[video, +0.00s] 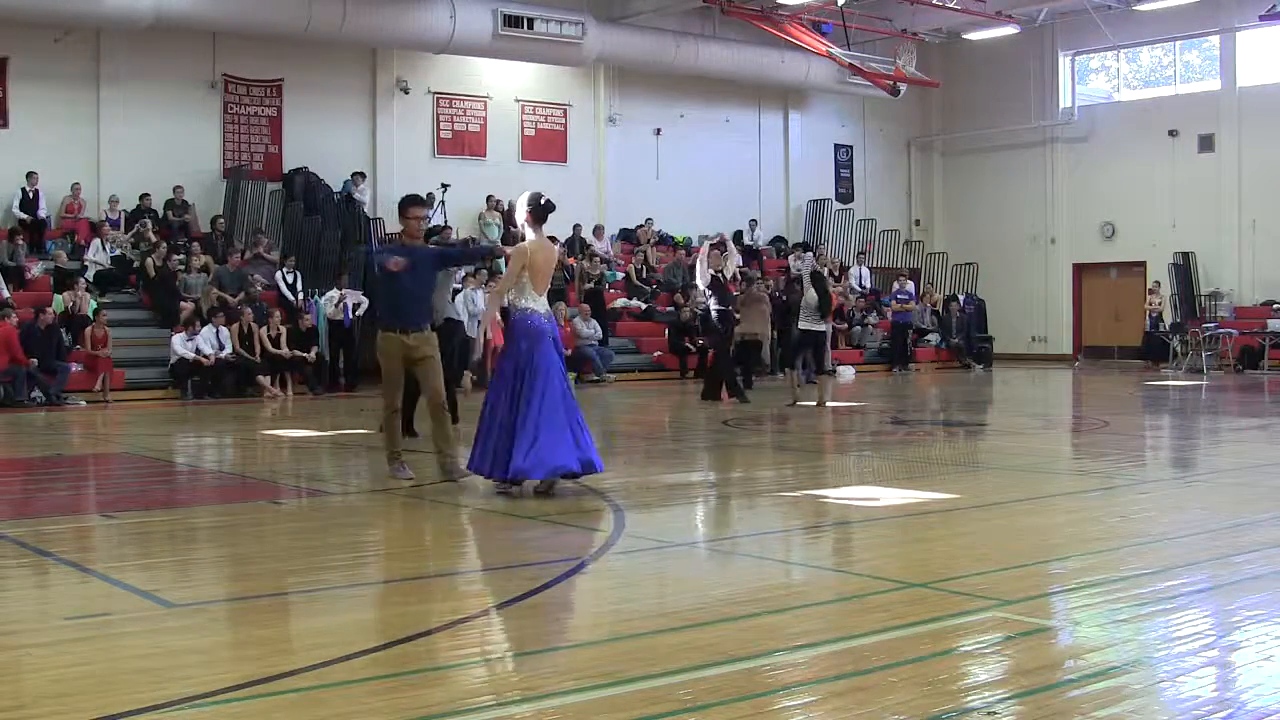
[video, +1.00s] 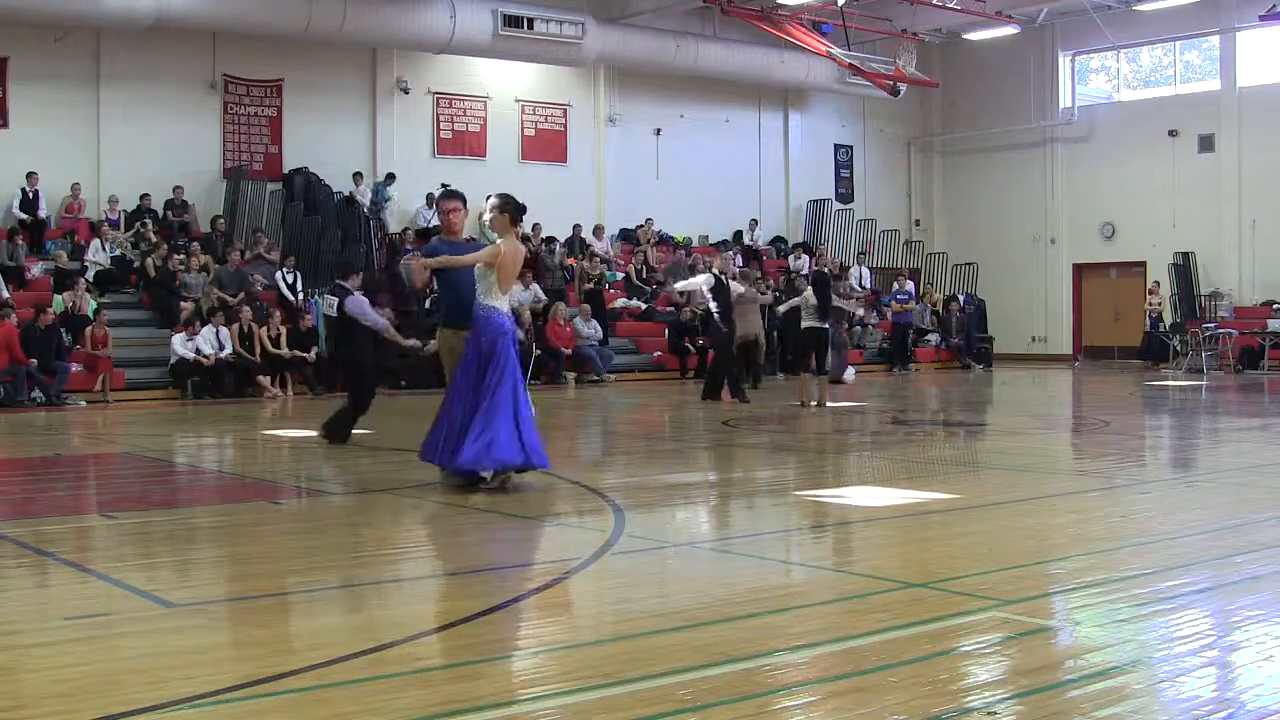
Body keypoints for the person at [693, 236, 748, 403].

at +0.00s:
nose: (718, 258)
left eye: (719, 255)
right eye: (715, 256)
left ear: (722, 258)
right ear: (708, 260)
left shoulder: (724, 275)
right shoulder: (706, 278)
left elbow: (733, 258)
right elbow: (701, 261)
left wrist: (727, 240)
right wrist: (707, 244)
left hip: (728, 314)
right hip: (715, 313)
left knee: (722, 352)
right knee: (723, 352)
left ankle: (710, 392)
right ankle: (737, 392)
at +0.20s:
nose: (714, 258)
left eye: (716, 256)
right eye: (710, 256)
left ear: (720, 260)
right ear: (705, 262)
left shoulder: (724, 276)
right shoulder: (703, 278)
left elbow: (733, 260)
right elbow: (695, 266)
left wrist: (732, 241)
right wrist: (692, 245)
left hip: (728, 313)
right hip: (715, 314)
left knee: (722, 353)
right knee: (723, 353)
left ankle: (710, 391)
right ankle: (737, 392)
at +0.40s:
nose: (714, 260)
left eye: (715, 257)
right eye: (710, 258)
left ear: (719, 261)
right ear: (706, 262)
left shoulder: (723, 276)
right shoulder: (704, 280)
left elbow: (732, 263)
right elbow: (693, 271)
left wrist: (738, 247)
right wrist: (684, 254)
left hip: (728, 315)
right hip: (716, 316)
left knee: (722, 354)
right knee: (725, 353)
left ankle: (711, 392)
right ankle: (737, 392)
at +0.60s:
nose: (712, 259)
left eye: (713, 257)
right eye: (709, 257)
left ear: (717, 262)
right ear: (704, 263)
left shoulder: (724, 278)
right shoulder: (705, 280)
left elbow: (735, 267)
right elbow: (690, 272)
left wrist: (744, 252)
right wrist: (677, 258)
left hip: (728, 316)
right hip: (716, 317)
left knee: (722, 354)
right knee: (726, 354)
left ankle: (711, 392)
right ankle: (738, 392)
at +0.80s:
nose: (718, 261)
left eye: (719, 259)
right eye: (715, 259)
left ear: (721, 262)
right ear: (708, 262)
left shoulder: (725, 279)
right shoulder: (706, 279)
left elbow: (739, 273)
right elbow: (689, 276)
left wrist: (751, 267)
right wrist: (669, 269)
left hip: (729, 317)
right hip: (716, 318)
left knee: (722, 355)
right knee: (724, 355)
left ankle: (710, 392)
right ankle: (738, 393)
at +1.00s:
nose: (728, 263)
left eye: (729, 260)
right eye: (724, 259)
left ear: (730, 262)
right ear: (716, 261)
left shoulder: (727, 281)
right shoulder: (709, 278)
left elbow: (742, 290)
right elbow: (690, 283)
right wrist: (675, 287)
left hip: (728, 322)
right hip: (717, 322)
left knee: (721, 357)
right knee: (728, 356)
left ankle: (711, 392)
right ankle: (738, 392)